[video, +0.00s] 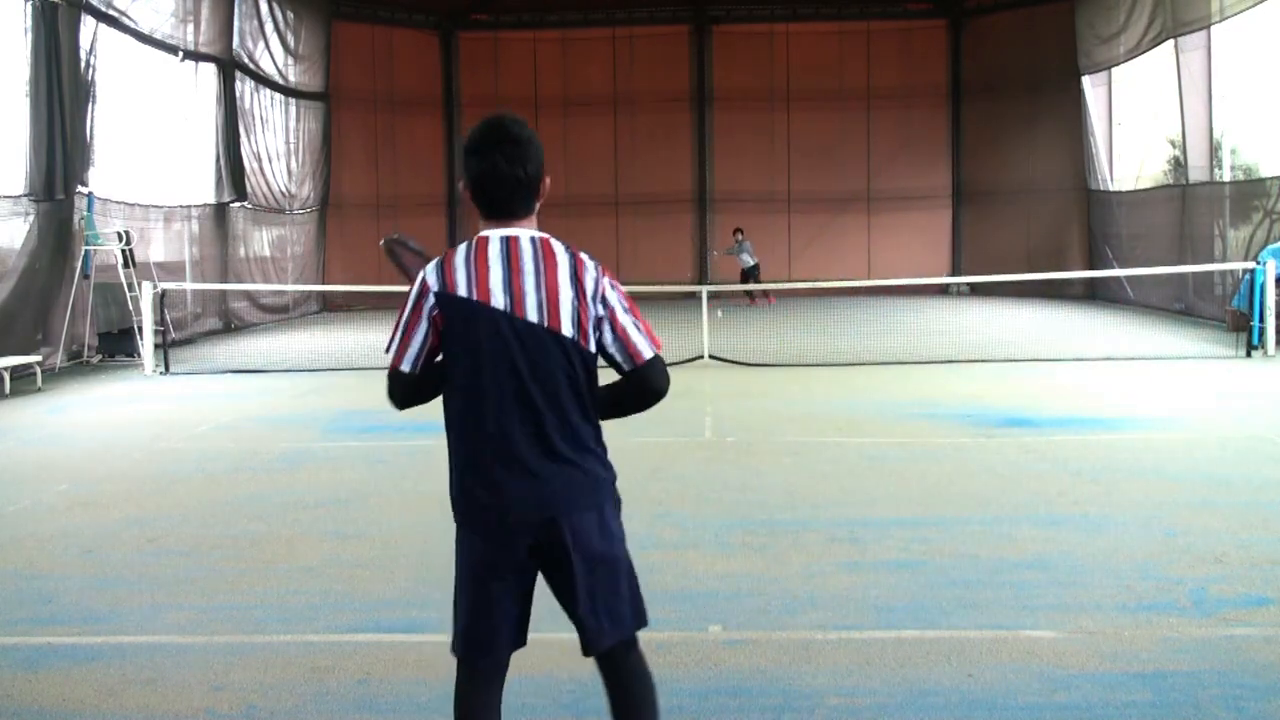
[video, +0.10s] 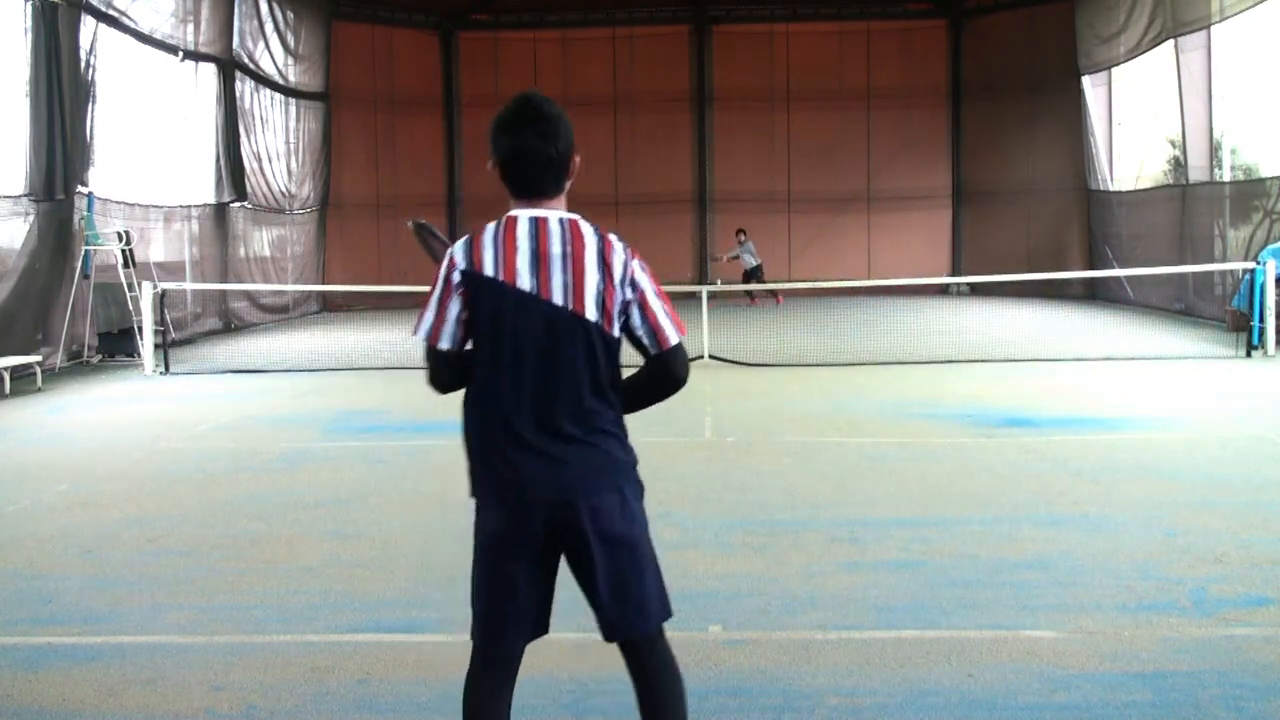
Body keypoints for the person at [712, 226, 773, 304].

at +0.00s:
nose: (737, 237)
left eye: (739, 234)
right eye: (736, 235)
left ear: (742, 235)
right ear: (734, 236)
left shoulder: (745, 244)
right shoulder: (736, 247)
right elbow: (730, 252)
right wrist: (720, 253)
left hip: (753, 265)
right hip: (745, 268)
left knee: (757, 282)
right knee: (743, 286)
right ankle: (752, 299)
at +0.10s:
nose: (740, 238)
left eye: (742, 235)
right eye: (738, 236)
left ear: (745, 236)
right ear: (736, 237)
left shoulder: (748, 244)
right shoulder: (740, 247)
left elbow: (736, 252)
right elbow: (738, 256)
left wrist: (726, 256)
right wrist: (730, 259)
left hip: (756, 266)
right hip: (747, 269)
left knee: (761, 283)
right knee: (745, 286)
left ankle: (776, 295)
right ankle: (753, 299)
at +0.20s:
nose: (744, 236)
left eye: (745, 233)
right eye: (742, 234)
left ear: (748, 234)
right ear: (740, 235)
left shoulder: (753, 242)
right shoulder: (742, 246)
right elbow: (741, 257)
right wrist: (733, 262)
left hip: (759, 265)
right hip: (749, 268)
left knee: (765, 282)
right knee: (746, 284)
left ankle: (777, 296)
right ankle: (753, 299)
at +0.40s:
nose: (754, 225)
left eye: (756, 223)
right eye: (752, 224)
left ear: (759, 224)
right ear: (750, 225)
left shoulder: (764, 232)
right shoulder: (749, 235)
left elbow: (767, 230)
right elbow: (746, 242)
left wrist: (764, 225)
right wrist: (744, 237)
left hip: (765, 255)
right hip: (754, 257)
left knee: (772, 276)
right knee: (752, 278)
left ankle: (778, 294)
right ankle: (751, 296)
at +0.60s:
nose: (766, 228)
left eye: (767, 226)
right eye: (765, 227)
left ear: (770, 228)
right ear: (763, 228)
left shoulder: (774, 237)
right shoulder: (761, 235)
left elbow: (785, 239)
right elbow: (758, 227)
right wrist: (767, 220)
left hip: (772, 260)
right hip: (762, 259)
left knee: (777, 281)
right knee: (754, 278)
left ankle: (779, 299)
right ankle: (742, 289)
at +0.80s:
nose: (774, 233)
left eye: (775, 231)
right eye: (772, 231)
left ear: (777, 232)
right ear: (769, 232)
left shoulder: (778, 243)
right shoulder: (766, 239)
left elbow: (781, 252)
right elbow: (763, 232)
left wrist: (784, 258)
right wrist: (768, 224)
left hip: (774, 264)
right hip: (765, 263)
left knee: (780, 282)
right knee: (758, 281)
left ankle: (778, 300)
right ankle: (748, 297)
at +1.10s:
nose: (764, 232)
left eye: (766, 230)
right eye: (762, 230)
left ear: (767, 231)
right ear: (759, 231)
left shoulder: (769, 242)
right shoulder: (756, 240)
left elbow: (771, 251)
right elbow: (749, 248)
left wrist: (772, 259)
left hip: (767, 263)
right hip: (758, 263)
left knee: (773, 282)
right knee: (761, 282)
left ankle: (774, 299)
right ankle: (758, 300)